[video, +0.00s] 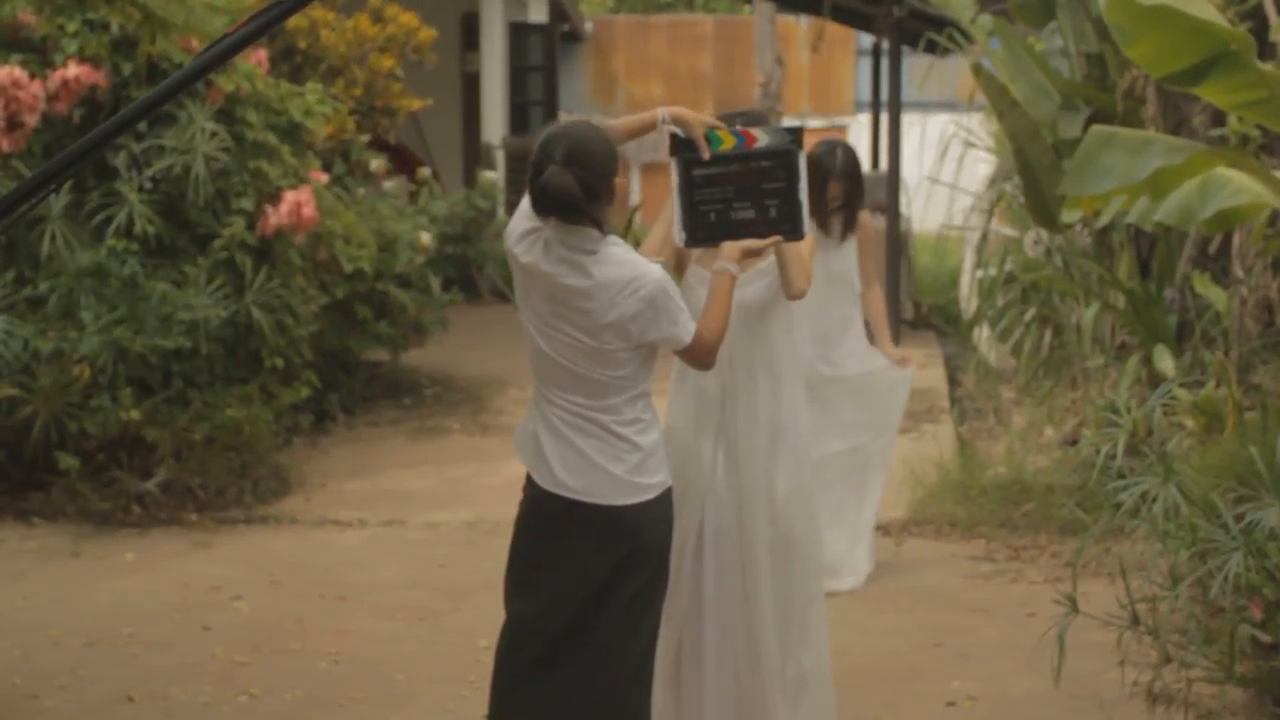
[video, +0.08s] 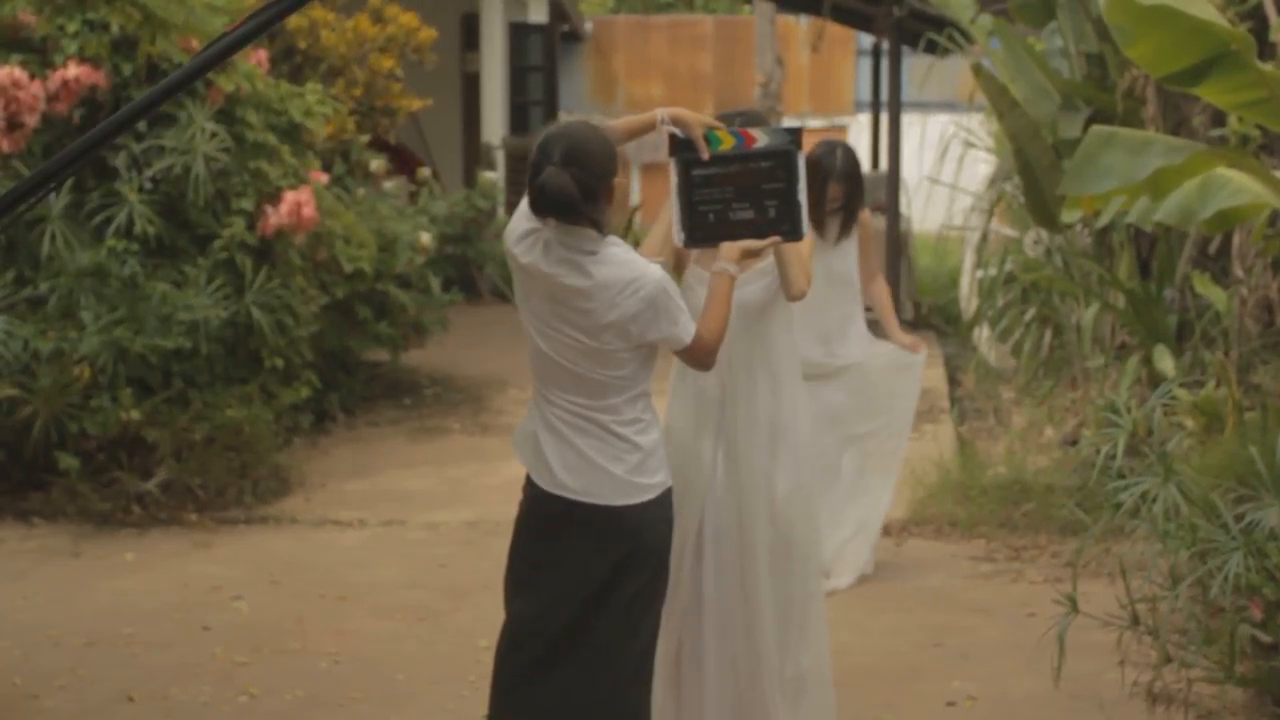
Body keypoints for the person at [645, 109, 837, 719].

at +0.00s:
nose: (744, 168)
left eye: (757, 156)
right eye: (731, 153)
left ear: (778, 164)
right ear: (710, 156)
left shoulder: (786, 218)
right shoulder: (692, 207)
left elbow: (796, 284)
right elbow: (648, 270)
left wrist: (775, 195)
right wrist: (682, 186)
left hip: (767, 418)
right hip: (697, 421)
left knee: (765, 571)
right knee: (698, 572)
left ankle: (770, 703)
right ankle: (698, 704)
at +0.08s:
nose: (741, 168)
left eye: (755, 156)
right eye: (729, 154)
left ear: (775, 163)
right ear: (707, 156)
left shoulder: (785, 219)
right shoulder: (691, 209)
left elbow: (796, 285)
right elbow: (648, 273)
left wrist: (774, 196)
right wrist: (680, 187)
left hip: (767, 420)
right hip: (697, 423)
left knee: (765, 573)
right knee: (697, 575)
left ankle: (771, 704)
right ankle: (697, 706)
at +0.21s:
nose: (742, 167)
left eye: (756, 156)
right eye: (728, 153)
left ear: (776, 163)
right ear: (706, 156)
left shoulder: (786, 224)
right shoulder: (691, 212)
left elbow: (798, 293)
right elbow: (646, 281)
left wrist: (776, 200)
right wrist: (674, 190)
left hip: (766, 429)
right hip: (695, 431)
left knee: (765, 584)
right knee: (696, 583)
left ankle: (770, 706)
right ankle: (695, 707)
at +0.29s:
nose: (736, 168)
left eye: (751, 155)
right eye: (723, 154)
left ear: (773, 165)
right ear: (704, 158)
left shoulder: (786, 229)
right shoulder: (690, 219)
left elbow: (800, 299)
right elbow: (647, 288)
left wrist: (775, 207)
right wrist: (666, 196)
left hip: (766, 431)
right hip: (695, 432)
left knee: (765, 586)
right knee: (695, 585)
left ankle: (770, 707)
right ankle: (694, 708)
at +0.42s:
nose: (733, 170)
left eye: (746, 156)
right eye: (721, 156)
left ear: (768, 165)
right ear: (702, 160)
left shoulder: (784, 230)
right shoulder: (689, 223)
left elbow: (799, 303)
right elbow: (647, 289)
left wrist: (776, 212)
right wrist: (662, 197)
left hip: (763, 428)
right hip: (694, 430)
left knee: (763, 581)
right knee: (694, 581)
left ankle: (769, 705)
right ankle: (694, 707)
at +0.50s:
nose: (734, 170)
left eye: (748, 157)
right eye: (721, 156)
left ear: (770, 166)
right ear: (701, 158)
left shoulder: (782, 228)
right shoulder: (684, 217)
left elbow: (797, 302)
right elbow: (643, 285)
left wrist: (774, 214)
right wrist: (675, 191)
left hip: (764, 426)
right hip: (693, 428)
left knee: (764, 578)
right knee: (695, 580)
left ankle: (770, 705)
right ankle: (694, 706)